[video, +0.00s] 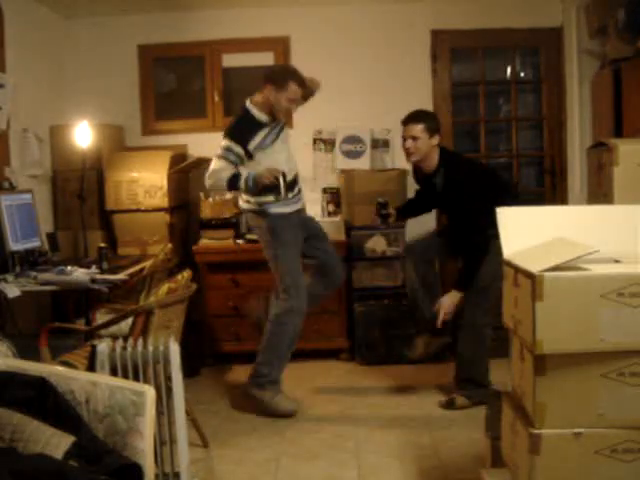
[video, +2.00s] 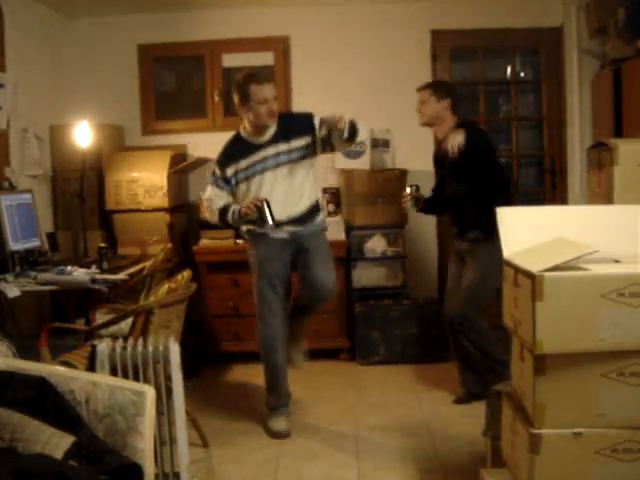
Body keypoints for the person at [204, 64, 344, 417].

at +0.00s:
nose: (291, 109)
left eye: (294, 103)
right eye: (288, 102)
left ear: (281, 96)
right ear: (269, 93)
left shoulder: (273, 114)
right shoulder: (245, 126)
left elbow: (292, 102)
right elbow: (214, 179)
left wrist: (304, 89)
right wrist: (254, 179)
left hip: (297, 214)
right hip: (273, 219)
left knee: (332, 273)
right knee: (292, 298)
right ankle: (263, 385)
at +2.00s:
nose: (273, 107)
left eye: (274, 100)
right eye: (263, 103)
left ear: (278, 97)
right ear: (242, 108)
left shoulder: (301, 126)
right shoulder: (231, 155)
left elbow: (352, 143)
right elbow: (213, 204)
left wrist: (345, 129)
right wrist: (239, 211)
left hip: (310, 229)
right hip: (268, 238)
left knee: (323, 286)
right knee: (273, 322)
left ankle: (294, 327)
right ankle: (278, 406)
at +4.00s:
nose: (372, 75)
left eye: (370, 68)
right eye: (371, 68)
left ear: (340, 65)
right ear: (365, 68)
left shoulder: (361, 109)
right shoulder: (327, 109)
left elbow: (393, 140)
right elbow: (294, 166)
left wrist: (398, 163)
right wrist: (346, 194)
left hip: (356, 219)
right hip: (340, 221)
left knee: (360, 310)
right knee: (402, 300)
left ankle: (339, 402)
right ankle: (392, 398)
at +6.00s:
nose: (409, 112)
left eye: (416, 102)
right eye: (403, 104)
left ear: (438, 97)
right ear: (399, 103)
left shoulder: (465, 128)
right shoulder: (395, 135)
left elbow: (481, 153)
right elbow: (374, 172)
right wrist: (384, 183)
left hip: (439, 238)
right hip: (400, 226)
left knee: (427, 336)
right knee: (352, 207)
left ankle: (437, 417)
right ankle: (383, 297)